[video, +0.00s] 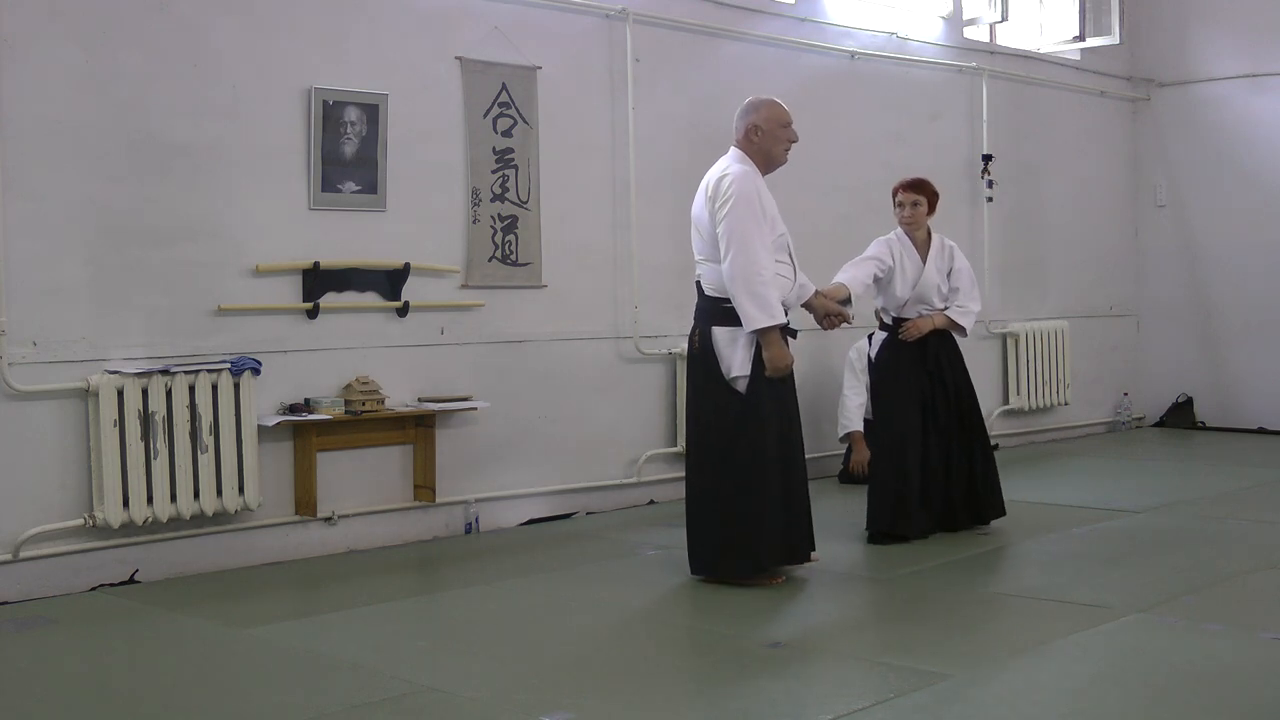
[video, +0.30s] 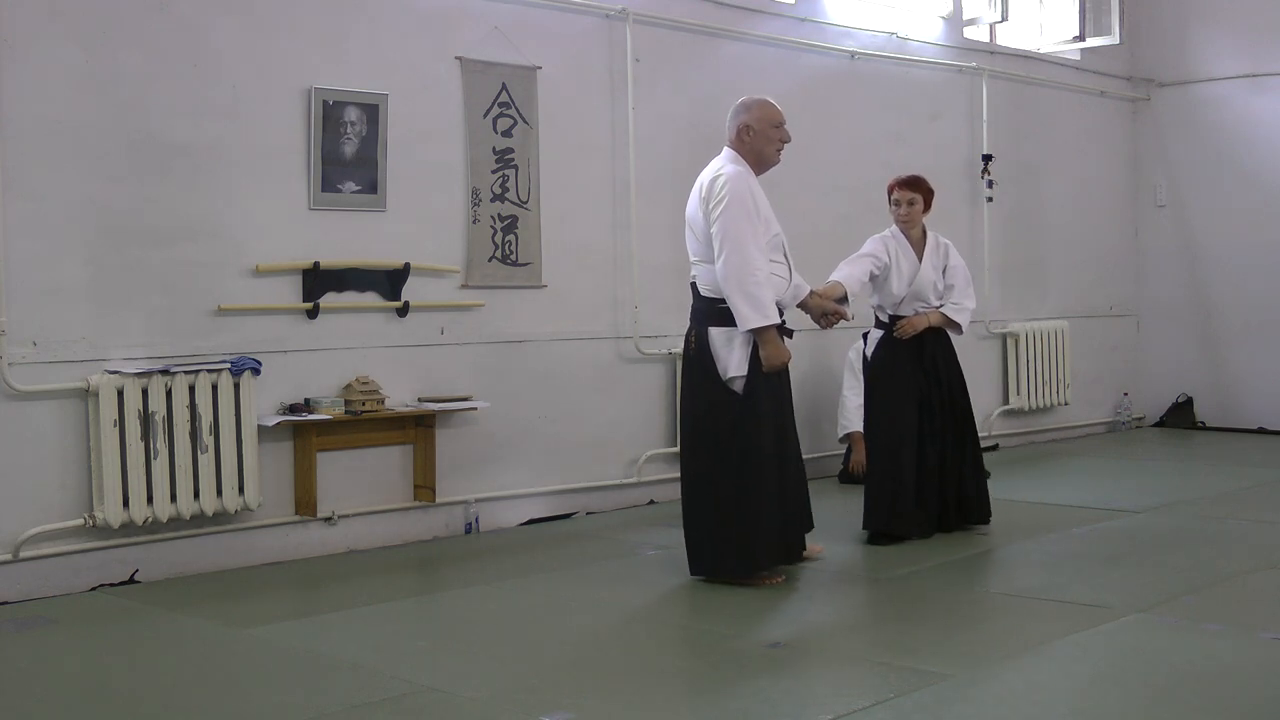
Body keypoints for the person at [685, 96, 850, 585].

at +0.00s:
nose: (794, 137)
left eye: (793, 129)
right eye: (786, 129)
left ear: (753, 133)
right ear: (754, 133)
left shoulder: (743, 179)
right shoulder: (738, 182)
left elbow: (770, 260)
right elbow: (746, 264)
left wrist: (813, 298)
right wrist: (770, 334)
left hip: (745, 327)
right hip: (736, 332)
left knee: (753, 444)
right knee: (742, 447)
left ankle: (755, 555)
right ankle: (736, 561)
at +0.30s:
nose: (786, 137)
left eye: (785, 128)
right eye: (777, 129)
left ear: (745, 133)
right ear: (745, 133)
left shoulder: (738, 180)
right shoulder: (730, 182)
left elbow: (765, 261)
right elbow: (740, 263)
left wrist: (809, 299)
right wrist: (767, 333)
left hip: (749, 329)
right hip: (729, 334)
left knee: (769, 441)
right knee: (733, 449)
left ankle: (781, 539)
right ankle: (733, 560)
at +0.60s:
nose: (786, 136)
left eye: (785, 128)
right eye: (777, 128)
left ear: (745, 133)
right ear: (744, 132)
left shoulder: (745, 183)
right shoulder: (730, 181)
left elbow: (770, 262)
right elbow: (739, 261)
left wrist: (809, 305)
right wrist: (766, 330)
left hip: (755, 328)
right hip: (730, 331)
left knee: (773, 440)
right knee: (735, 448)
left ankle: (783, 539)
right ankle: (733, 559)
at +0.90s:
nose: (786, 136)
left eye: (786, 128)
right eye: (778, 127)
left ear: (749, 132)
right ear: (745, 132)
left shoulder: (746, 181)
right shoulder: (732, 180)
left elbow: (769, 261)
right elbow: (740, 261)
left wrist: (805, 305)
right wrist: (766, 329)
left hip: (758, 323)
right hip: (731, 327)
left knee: (773, 437)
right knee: (733, 445)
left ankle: (779, 539)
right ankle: (730, 559)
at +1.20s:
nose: (784, 135)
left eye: (785, 128)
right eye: (775, 127)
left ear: (750, 134)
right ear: (743, 133)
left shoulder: (746, 181)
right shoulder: (732, 181)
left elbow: (767, 262)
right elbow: (739, 260)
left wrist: (805, 306)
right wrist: (766, 329)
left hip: (756, 324)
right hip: (731, 327)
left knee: (773, 438)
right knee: (733, 445)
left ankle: (780, 540)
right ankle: (730, 558)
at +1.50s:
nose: (782, 137)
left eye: (783, 129)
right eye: (772, 128)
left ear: (746, 134)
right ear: (740, 132)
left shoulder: (743, 181)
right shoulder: (730, 182)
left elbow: (764, 263)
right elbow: (736, 262)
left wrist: (804, 305)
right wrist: (764, 330)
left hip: (755, 327)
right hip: (730, 331)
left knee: (770, 440)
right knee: (734, 447)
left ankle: (778, 542)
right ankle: (731, 559)